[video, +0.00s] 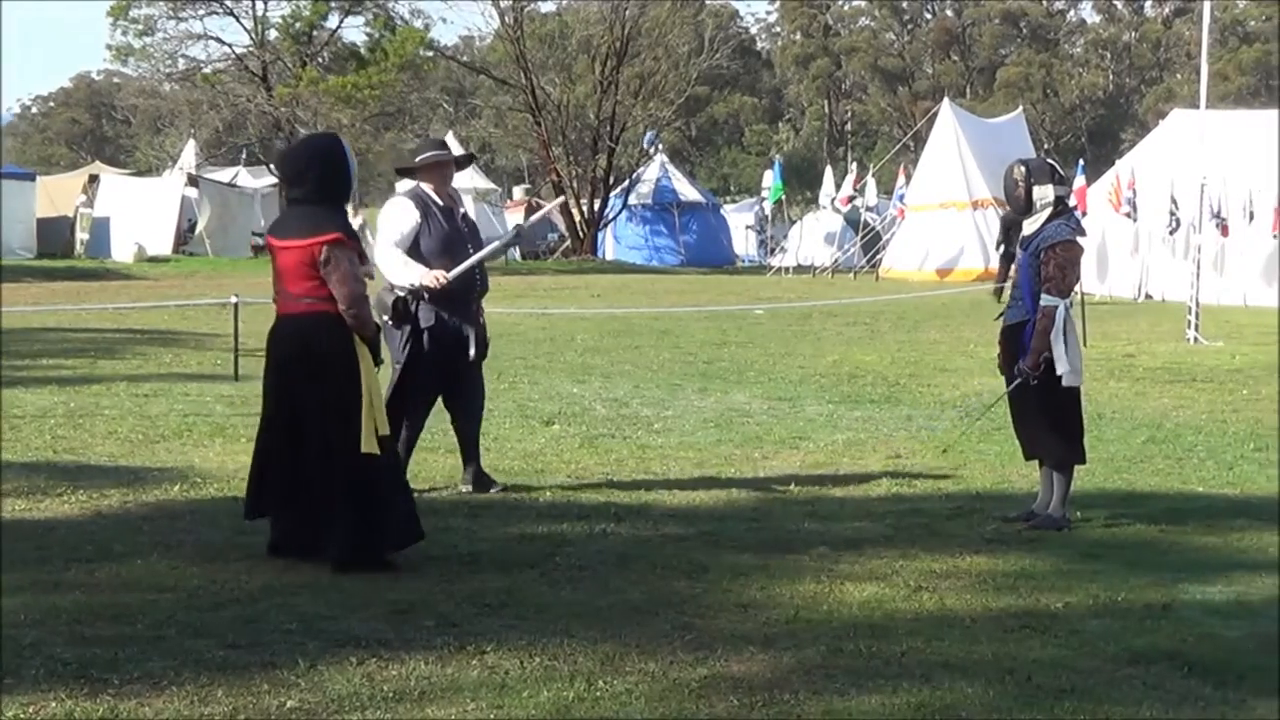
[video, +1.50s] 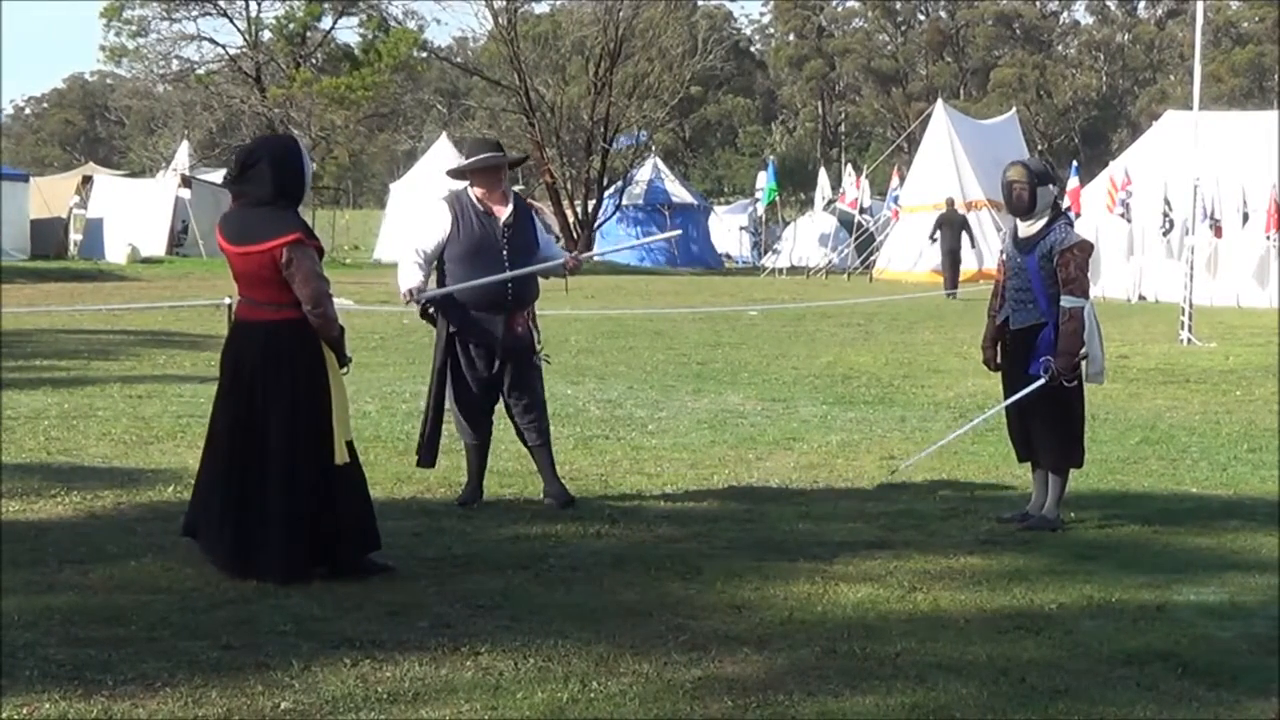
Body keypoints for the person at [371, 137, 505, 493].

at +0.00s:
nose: (447, 171)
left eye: (449, 164)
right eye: (440, 165)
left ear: (453, 167)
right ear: (423, 169)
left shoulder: (458, 205)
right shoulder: (403, 206)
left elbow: (473, 257)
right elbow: (385, 252)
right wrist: (422, 274)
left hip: (463, 316)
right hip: (424, 316)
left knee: (469, 399)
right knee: (412, 403)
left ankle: (473, 470)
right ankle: (392, 478)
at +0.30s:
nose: (454, 173)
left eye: (459, 166)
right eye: (446, 167)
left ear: (468, 168)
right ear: (433, 171)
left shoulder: (477, 207)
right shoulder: (415, 205)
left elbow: (492, 257)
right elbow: (382, 248)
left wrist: (520, 245)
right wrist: (396, 277)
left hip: (475, 312)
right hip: (433, 311)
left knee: (470, 394)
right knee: (438, 390)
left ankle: (462, 472)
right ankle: (415, 463)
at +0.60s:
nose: (458, 177)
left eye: (464, 170)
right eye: (451, 171)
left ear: (475, 171)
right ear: (437, 174)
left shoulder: (487, 206)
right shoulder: (419, 208)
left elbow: (500, 255)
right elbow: (384, 249)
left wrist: (517, 259)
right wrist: (369, 288)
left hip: (484, 315)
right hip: (440, 316)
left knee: (483, 394)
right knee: (458, 398)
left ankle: (454, 454)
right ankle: (462, 479)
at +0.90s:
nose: (457, 175)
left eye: (464, 167)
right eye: (450, 170)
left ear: (477, 168)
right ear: (440, 173)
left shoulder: (493, 203)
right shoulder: (425, 208)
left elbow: (511, 239)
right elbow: (391, 251)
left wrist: (529, 255)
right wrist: (380, 288)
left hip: (493, 315)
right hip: (449, 316)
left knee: (496, 393)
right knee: (465, 398)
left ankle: (471, 462)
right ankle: (467, 481)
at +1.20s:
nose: (483, 180)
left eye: (486, 172)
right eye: (473, 176)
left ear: (492, 170)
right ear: (456, 179)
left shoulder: (505, 206)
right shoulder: (437, 210)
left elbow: (523, 247)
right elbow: (400, 252)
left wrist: (548, 261)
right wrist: (405, 281)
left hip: (506, 319)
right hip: (460, 322)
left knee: (519, 400)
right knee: (468, 405)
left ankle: (526, 476)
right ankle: (473, 484)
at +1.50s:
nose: (490, 178)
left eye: (495, 171)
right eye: (481, 174)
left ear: (505, 171)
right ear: (469, 178)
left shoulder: (524, 211)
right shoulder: (451, 211)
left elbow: (543, 252)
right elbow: (415, 253)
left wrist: (565, 261)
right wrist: (414, 284)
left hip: (517, 322)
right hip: (467, 324)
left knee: (528, 404)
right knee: (472, 407)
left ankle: (551, 481)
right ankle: (473, 483)